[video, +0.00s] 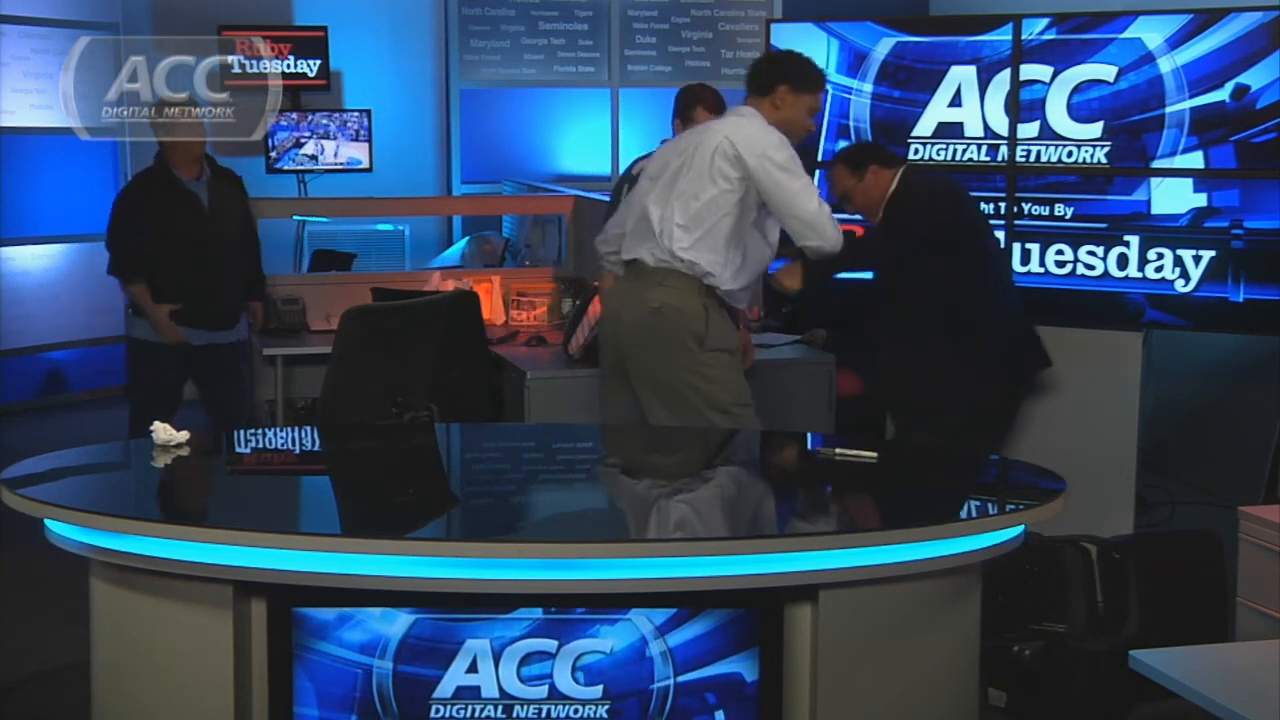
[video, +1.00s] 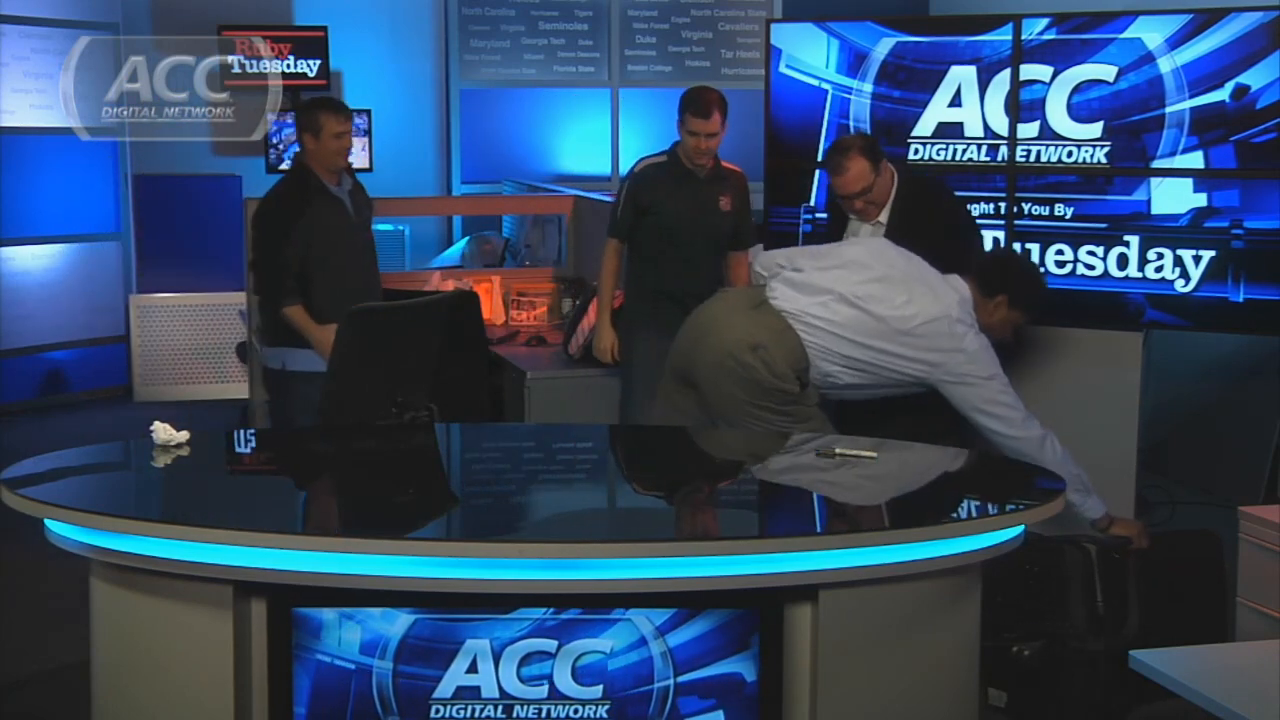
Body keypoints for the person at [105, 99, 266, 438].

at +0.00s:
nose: (197, 132)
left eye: (198, 122)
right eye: (186, 125)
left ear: (206, 129)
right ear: (164, 134)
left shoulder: (229, 184)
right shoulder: (138, 194)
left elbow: (249, 247)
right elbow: (126, 266)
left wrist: (255, 295)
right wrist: (151, 311)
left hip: (225, 333)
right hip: (160, 335)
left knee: (237, 430)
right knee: (150, 435)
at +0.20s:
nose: (229, 131)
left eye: (228, 122)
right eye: (218, 124)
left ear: (232, 128)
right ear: (194, 133)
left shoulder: (250, 186)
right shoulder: (166, 191)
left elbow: (259, 254)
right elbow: (158, 263)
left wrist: (264, 303)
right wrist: (200, 298)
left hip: (244, 342)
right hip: (184, 342)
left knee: (251, 439)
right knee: (166, 440)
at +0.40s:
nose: (259, 139)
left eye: (260, 130)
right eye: (247, 132)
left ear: (268, 133)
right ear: (225, 138)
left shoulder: (284, 191)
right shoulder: (200, 193)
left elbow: (295, 258)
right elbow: (192, 265)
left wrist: (304, 312)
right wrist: (238, 297)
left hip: (277, 345)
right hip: (220, 345)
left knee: (271, 448)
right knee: (227, 451)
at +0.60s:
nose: (293, 138)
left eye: (295, 129)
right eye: (281, 129)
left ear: (298, 130)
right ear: (255, 133)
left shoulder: (308, 190)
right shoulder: (225, 192)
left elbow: (326, 254)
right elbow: (215, 267)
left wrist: (350, 295)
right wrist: (261, 303)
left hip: (306, 344)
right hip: (250, 345)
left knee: (304, 447)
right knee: (264, 448)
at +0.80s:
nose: (320, 146)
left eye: (322, 137)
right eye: (310, 138)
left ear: (324, 138)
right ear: (281, 143)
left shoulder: (329, 197)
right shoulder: (253, 204)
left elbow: (345, 264)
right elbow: (241, 282)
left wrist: (363, 316)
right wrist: (283, 326)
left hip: (333, 355)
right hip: (278, 359)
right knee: (283, 463)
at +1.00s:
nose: (349, 144)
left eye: (350, 135)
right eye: (339, 136)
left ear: (352, 135)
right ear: (308, 141)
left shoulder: (355, 193)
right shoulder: (280, 203)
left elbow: (360, 267)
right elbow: (277, 289)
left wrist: (369, 325)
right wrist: (317, 335)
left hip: (354, 352)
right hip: (300, 361)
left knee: (357, 459)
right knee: (306, 460)